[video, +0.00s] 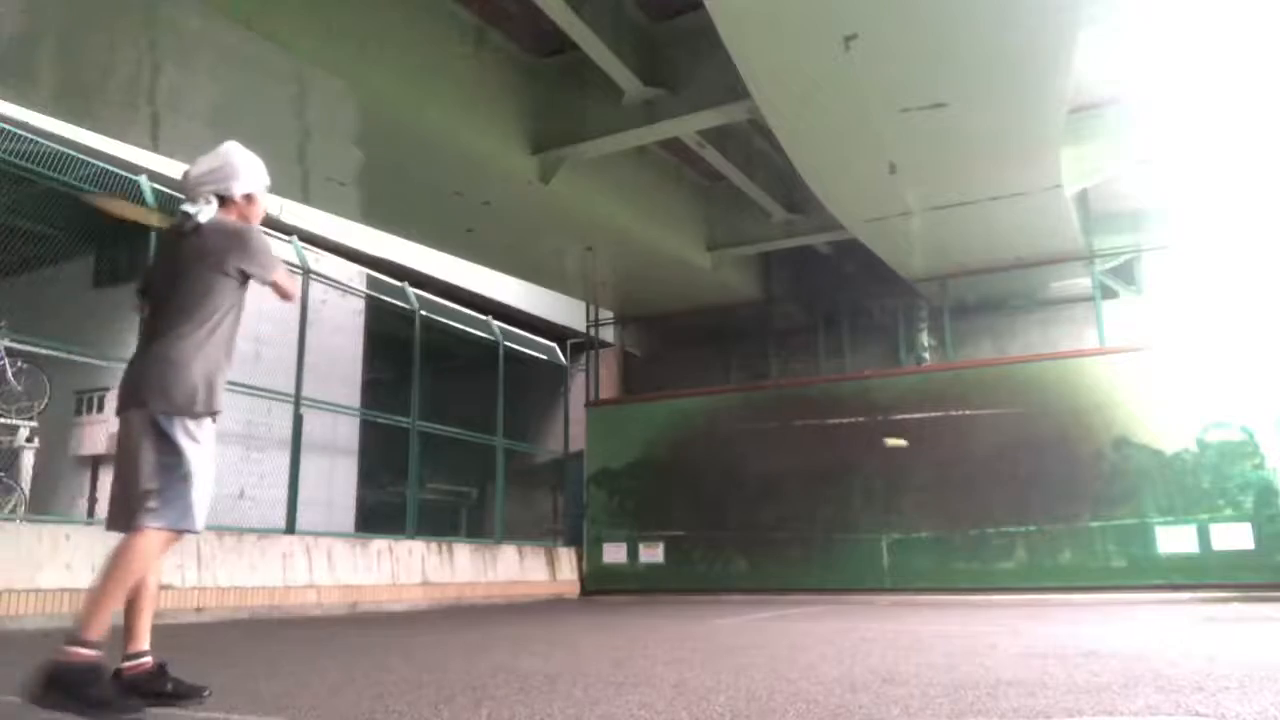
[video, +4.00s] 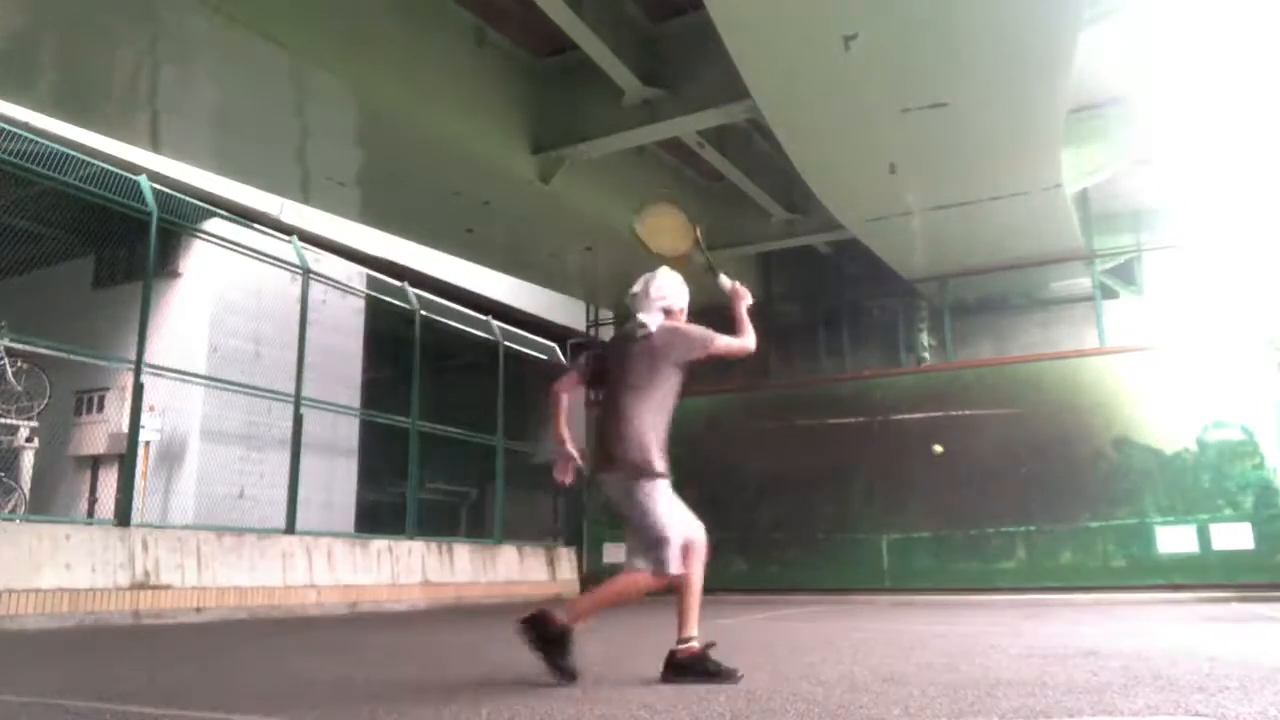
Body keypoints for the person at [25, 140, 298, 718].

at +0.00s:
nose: (263, 210)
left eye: (262, 199)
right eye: (259, 199)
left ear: (210, 198)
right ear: (234, 199)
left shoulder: (174, 241)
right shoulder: (234, 238)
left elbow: (149, 303)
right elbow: (289, 289)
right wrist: (264, 255)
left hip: (144, 391)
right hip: (180, 395)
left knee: (152, 526)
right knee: (165, 520)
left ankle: (137, 664)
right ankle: (79, 657)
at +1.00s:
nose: (379, 249)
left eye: (379, 240)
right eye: (376, 239)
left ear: (350, 238)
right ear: (358, 237)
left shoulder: (353, 287)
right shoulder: (322, 265)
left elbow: (401, 348)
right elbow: (308, 331)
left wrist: (445, 325)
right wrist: (366, 326)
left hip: (329, 422)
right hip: (308, 419)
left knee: (327, 528)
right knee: (333, 521)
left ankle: (283, 646)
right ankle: (266, 638)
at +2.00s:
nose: (437, 293)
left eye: (436, 285)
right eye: (435, 285)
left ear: (395, 280)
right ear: (421, 285)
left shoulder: (364, 316)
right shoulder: (425, 318)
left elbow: (340, 334)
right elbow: (451, 333)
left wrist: (373, 300)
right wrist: (419, 300)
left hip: (351, 442)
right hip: (394, 445)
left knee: (342, 541)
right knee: (415, 540)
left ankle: (316, 643)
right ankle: (421, 649)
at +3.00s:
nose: (447, 287)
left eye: (447, 280)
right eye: (443, 279)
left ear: (423, 280)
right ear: (426, 279)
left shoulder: (436, 320)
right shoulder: (395, 308)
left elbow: (489, 351)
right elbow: (389, 361)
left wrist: (509, 314)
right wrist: (434, 332)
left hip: (417, 447)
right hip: (395, 445)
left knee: (412, 545)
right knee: (406, 542)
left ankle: (386, 641)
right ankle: (335, 632)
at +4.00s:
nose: (686, 315)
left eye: (685, 309)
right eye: (684, 309)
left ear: (642, 307)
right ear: (674, 309)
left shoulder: (613, 348)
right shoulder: (675, 337)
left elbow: (561, 388)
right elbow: (746, 345)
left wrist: (565, 446)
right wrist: (742, 306)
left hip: (616, 470)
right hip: (642, 470)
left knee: (694, 540)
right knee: (663, 568)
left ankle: (687, 648)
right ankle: (555, 622)